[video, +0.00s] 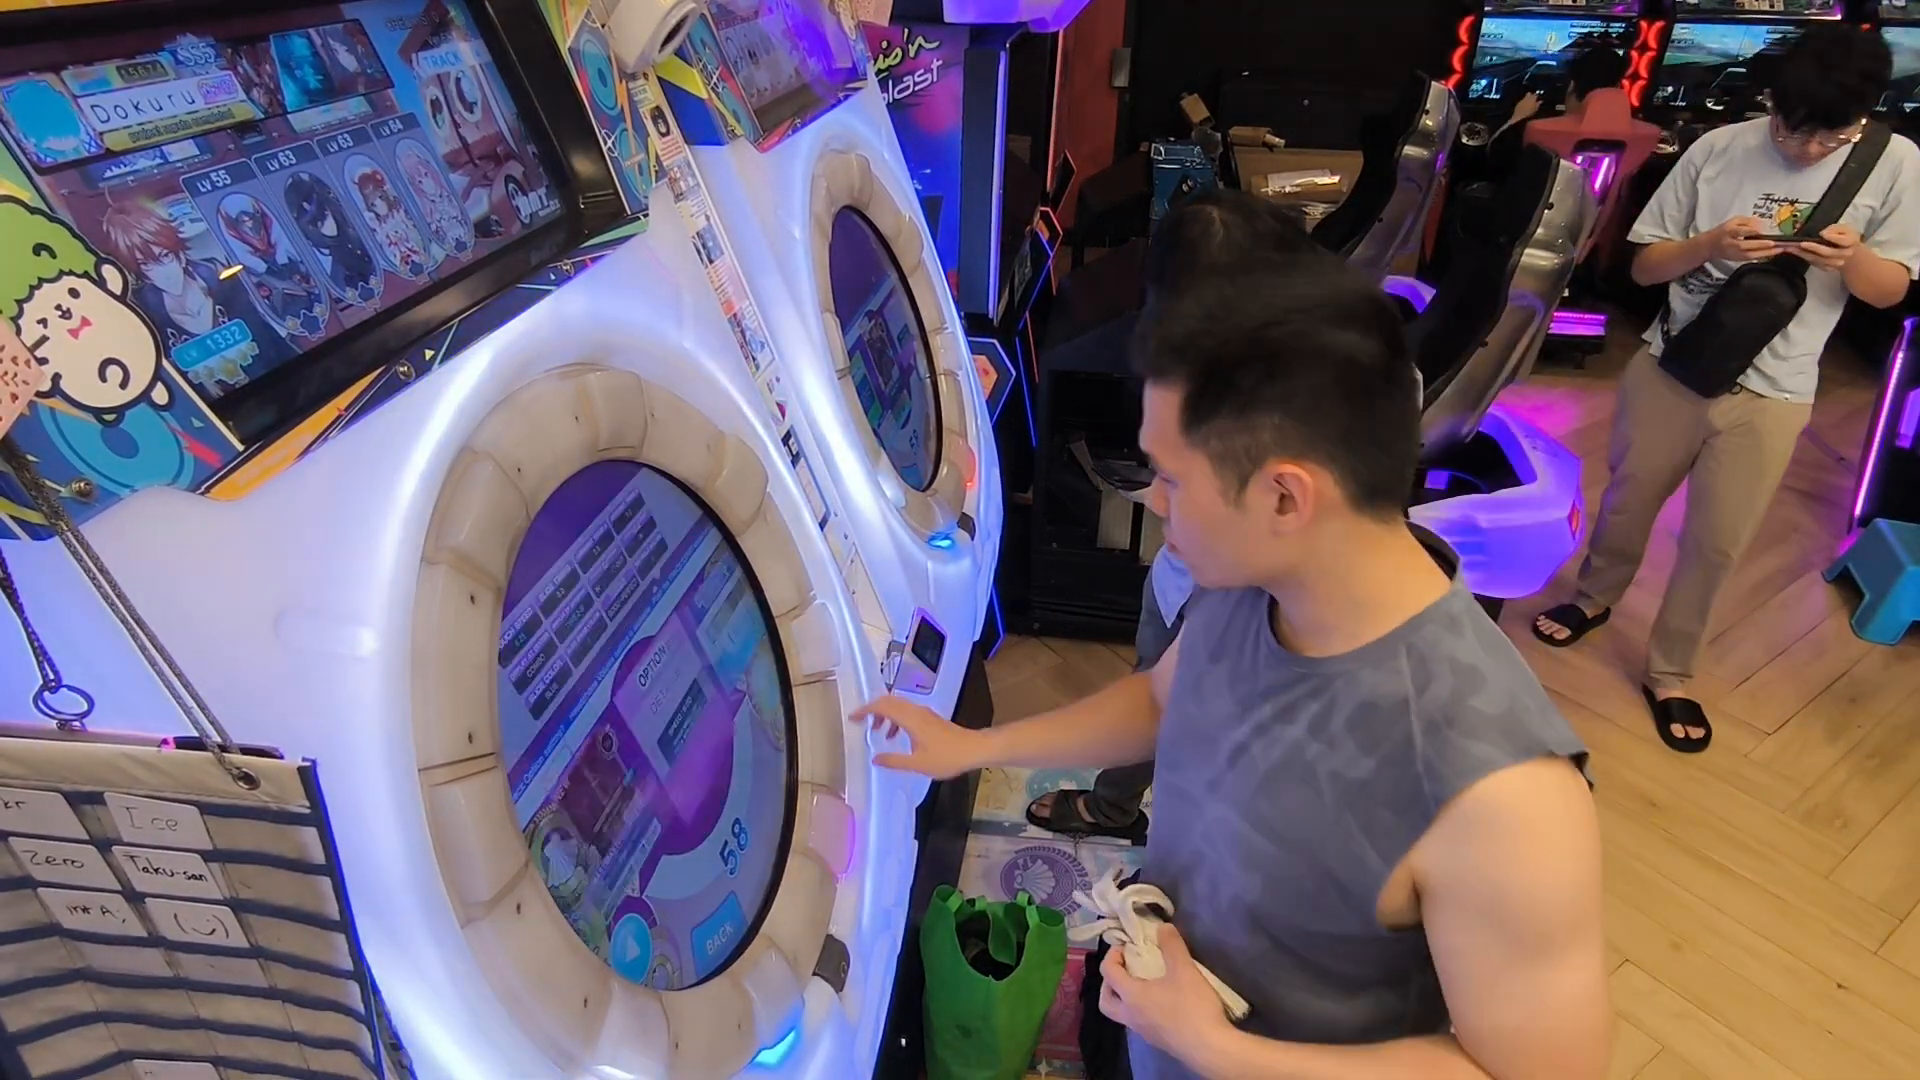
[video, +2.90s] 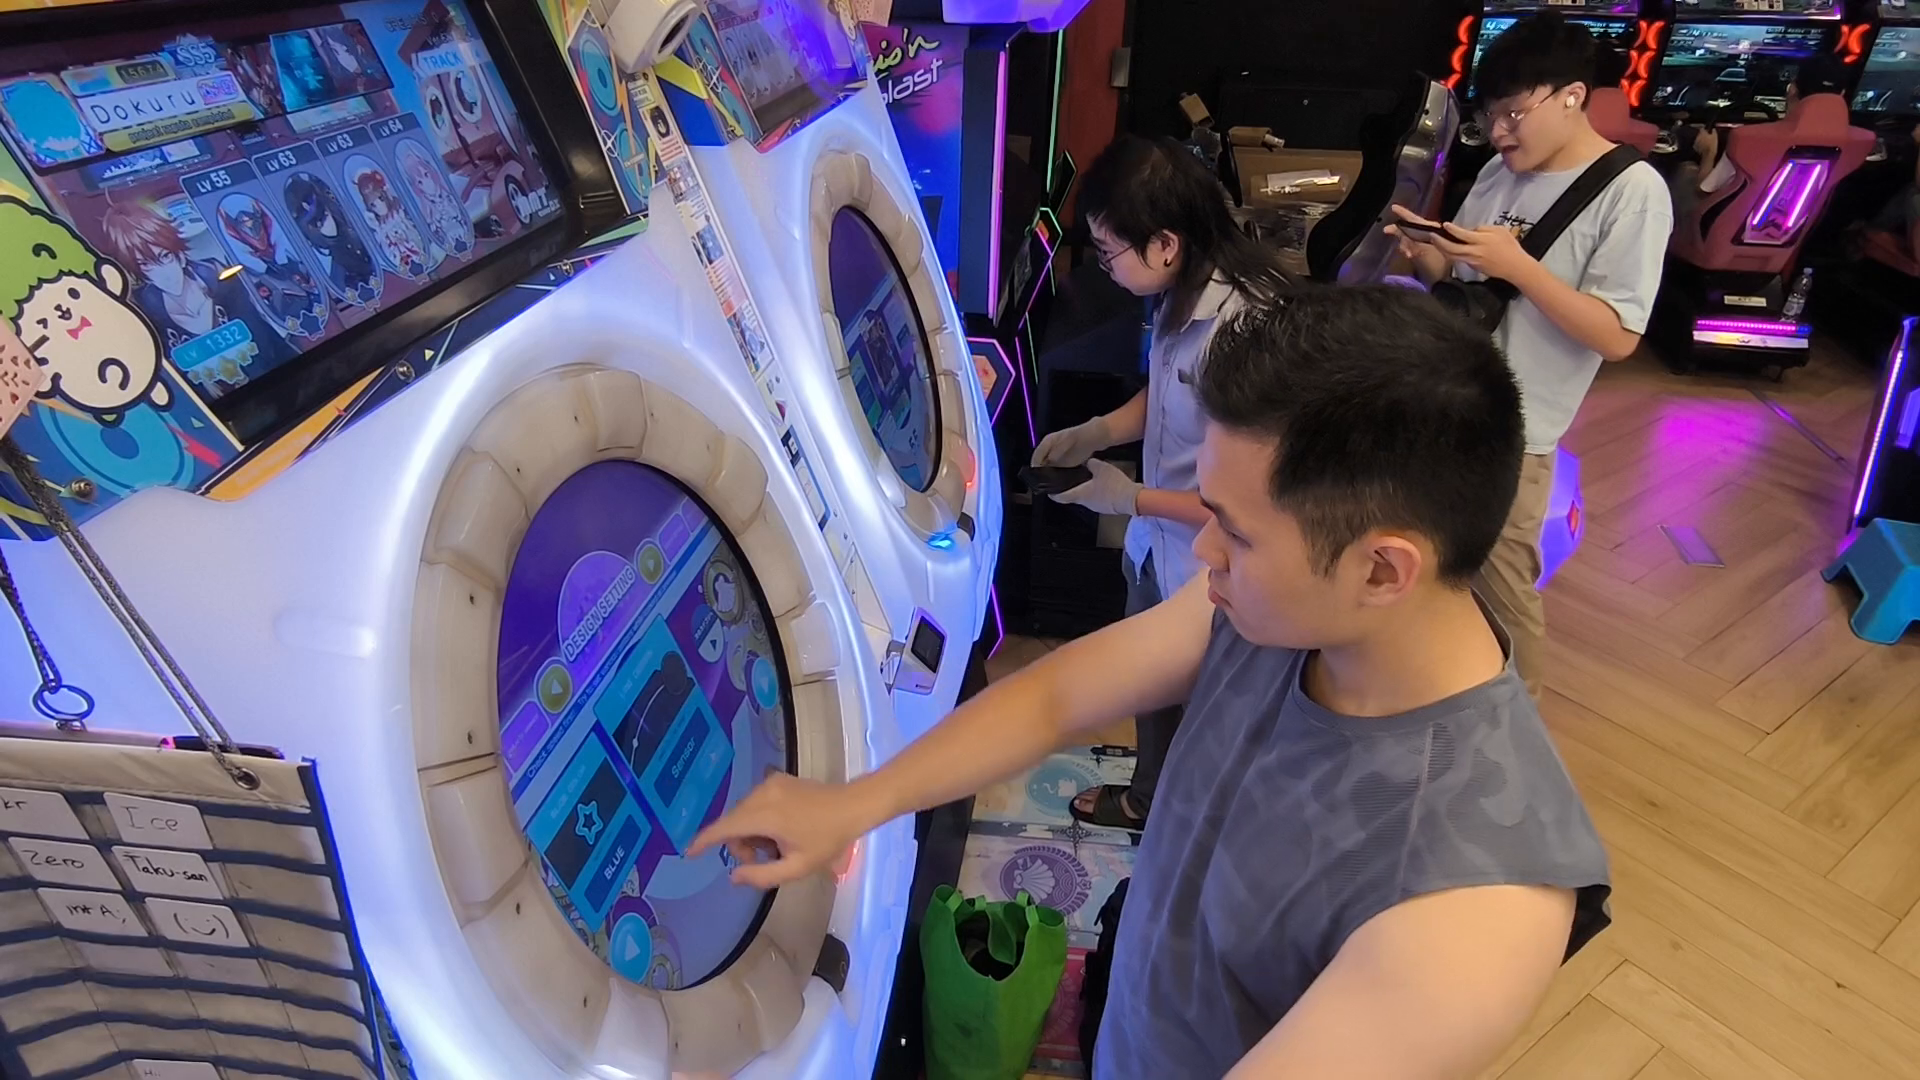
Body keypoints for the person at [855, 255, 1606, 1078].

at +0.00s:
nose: (1151, 503)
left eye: (1169, 479)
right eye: (1154, 472)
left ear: (1288, 500)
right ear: (1287, 502)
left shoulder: (1498, 785)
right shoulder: (1240, 595)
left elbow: (1523, 1065)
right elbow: (1156, 704)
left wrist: (1227, 1051)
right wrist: (978, 745)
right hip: (1134, 1032)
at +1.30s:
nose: (1182, 542)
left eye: (1218, 526)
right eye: (1195, 502)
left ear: (1371, 573)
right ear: (1362, 566)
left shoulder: (1509, 893)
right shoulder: (1254, 597)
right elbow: (1053, 697)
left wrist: (1168, 1064)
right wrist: (852, 745)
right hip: (1095, 994)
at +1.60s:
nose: (1204, 564)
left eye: (1248, 556)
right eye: (1220, 525)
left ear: (1413, 599)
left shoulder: (1540, 934)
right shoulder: (1247, 597)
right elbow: (1004, 677)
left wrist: (1191, 1073)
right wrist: (763, 716)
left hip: (1229, 1068)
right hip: (1104, 989)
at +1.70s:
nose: (1207, 573)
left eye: (1253, 565)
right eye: (1222, 530)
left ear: (1418, 604)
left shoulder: (1545, 935)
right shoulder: (1244, 595)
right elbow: (1002, 680)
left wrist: (1199, 1074)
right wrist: (766, 723)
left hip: (1241, 1070)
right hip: (1108, 1001)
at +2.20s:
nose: (1195, 562)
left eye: (1235, 550)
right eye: (1208, 521)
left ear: (1402, 592)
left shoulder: (1541, 928)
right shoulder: (1245, 606)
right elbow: (994, 682)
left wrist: (1204, 1077)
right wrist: (746, 727)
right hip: (1108, 996)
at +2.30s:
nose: (1193, 565)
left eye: (1232, 551)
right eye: (1206, 523)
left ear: (1400, 588)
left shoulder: (1538, 927)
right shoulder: (1244, 607)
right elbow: (997, 685)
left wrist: (1199, 1078)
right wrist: (756, 730)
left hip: (1252, 1067)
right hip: (1111, 1006)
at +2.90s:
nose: (1191, 544)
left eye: (1225, 529)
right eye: (1201, 506)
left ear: (1383, 574)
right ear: (1369, 567)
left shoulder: (1470, 905)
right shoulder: (1281, 596)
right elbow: (1057, 696)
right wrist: (857, 800)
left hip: (1181, 1073)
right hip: (1124, 994)